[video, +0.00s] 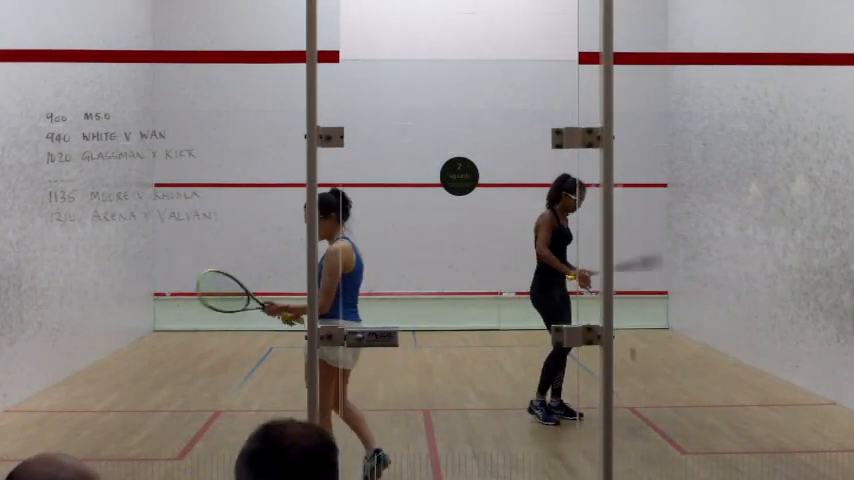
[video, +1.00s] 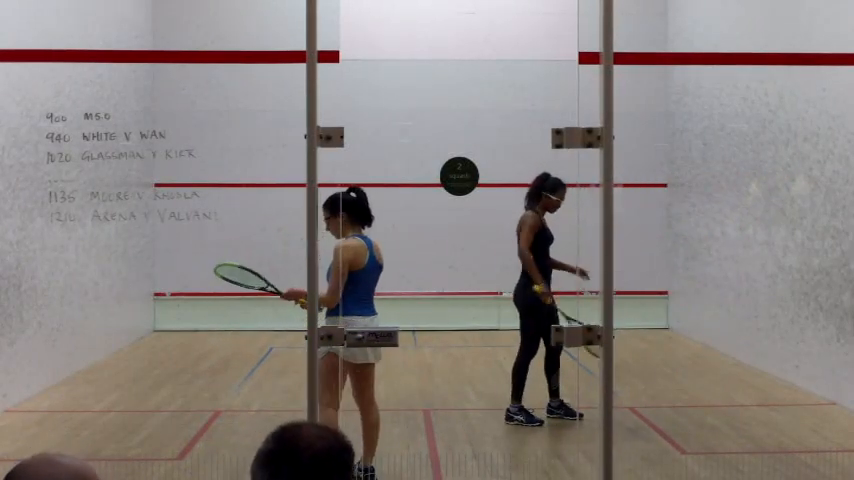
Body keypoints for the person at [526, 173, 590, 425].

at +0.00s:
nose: (577, 205)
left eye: (578, 200)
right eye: (575, 199)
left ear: (567, 198)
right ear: (563, 197)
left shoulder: (563, 220)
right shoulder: (546, 219)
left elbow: (559, 256)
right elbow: (542, 251)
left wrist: (576, 274)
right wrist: (572, 272)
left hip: (558, 288)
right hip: (544, 289)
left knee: (565, 343)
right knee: (561, 343)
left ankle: (556, 401)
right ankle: (538, 401)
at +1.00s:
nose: (560, 204)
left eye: (561, 200)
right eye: (558, 199)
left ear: (546, 197)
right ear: (545, 195)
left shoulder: (539, 220)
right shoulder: (531, 218)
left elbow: (544, 259)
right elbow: (524, 253)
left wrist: (572, 269)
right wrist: (541, 285)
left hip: (540, 292)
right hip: (529, 293)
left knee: (555, 344)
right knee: (528, 349)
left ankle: (555, 402)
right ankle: (515, 407)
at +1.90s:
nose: (536, 194)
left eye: (539, 190)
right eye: (530, 190)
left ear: (544, 194)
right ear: (522, 194)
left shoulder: (544, 221)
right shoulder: (512, 222)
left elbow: (541, 254)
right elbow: (495, 257)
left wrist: (556, 264)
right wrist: (510, 280)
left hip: (540, 292)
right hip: (519, 294)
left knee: (557, 345)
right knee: (523, 349)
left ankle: (554, 402)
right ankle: (514, 407)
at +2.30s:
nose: (546, 193)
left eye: (549, 189)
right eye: (540, 189)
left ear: (552, 193)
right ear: (530, 193)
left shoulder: (550, 219)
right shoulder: (523, 220)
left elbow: (546, 254)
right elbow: (510, 257)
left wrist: (569, 258)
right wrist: (535, 275)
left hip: (551, 290)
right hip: (532, 291)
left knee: (557, 345)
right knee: (529, 348)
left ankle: (557, 402)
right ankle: (515, 407)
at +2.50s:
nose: (550, 191)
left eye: (554, 187)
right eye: (545, 187)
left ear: (559, 193)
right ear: (537, 192)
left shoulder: (556, 219)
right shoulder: (529, 220)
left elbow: (552, 254)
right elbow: (514, 255)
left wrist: (575, 257)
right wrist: (538, 275)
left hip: (557, 289)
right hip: (537, 291)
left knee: (556, 346)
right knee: (532, 347)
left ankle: (556, 402)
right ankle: (515, 407)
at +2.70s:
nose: (556, 192)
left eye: (560, 189)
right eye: (552, 188)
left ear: (565, 195)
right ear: (543, 192)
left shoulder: (564, 219)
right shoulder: (532, 221)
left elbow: (561, 253)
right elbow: (516, 256)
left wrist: (578, 260)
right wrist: (540, 277)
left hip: (562, 288)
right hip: (542, 290)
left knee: (558, 346)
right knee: (538, 348)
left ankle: (557, 402)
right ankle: (516, 406)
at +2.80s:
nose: (564, 196)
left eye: (566, 192)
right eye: (559, 192)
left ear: (568, 196)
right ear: (547, 194)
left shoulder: (566, 220)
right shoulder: (534, 221)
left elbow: (568, 251)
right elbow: (518, 256)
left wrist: (579, 264)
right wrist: (541, 275)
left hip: (565, 288)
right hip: (544, 289)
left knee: (559, 346)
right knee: (543, 348)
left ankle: (557, 402)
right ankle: (517, 405)